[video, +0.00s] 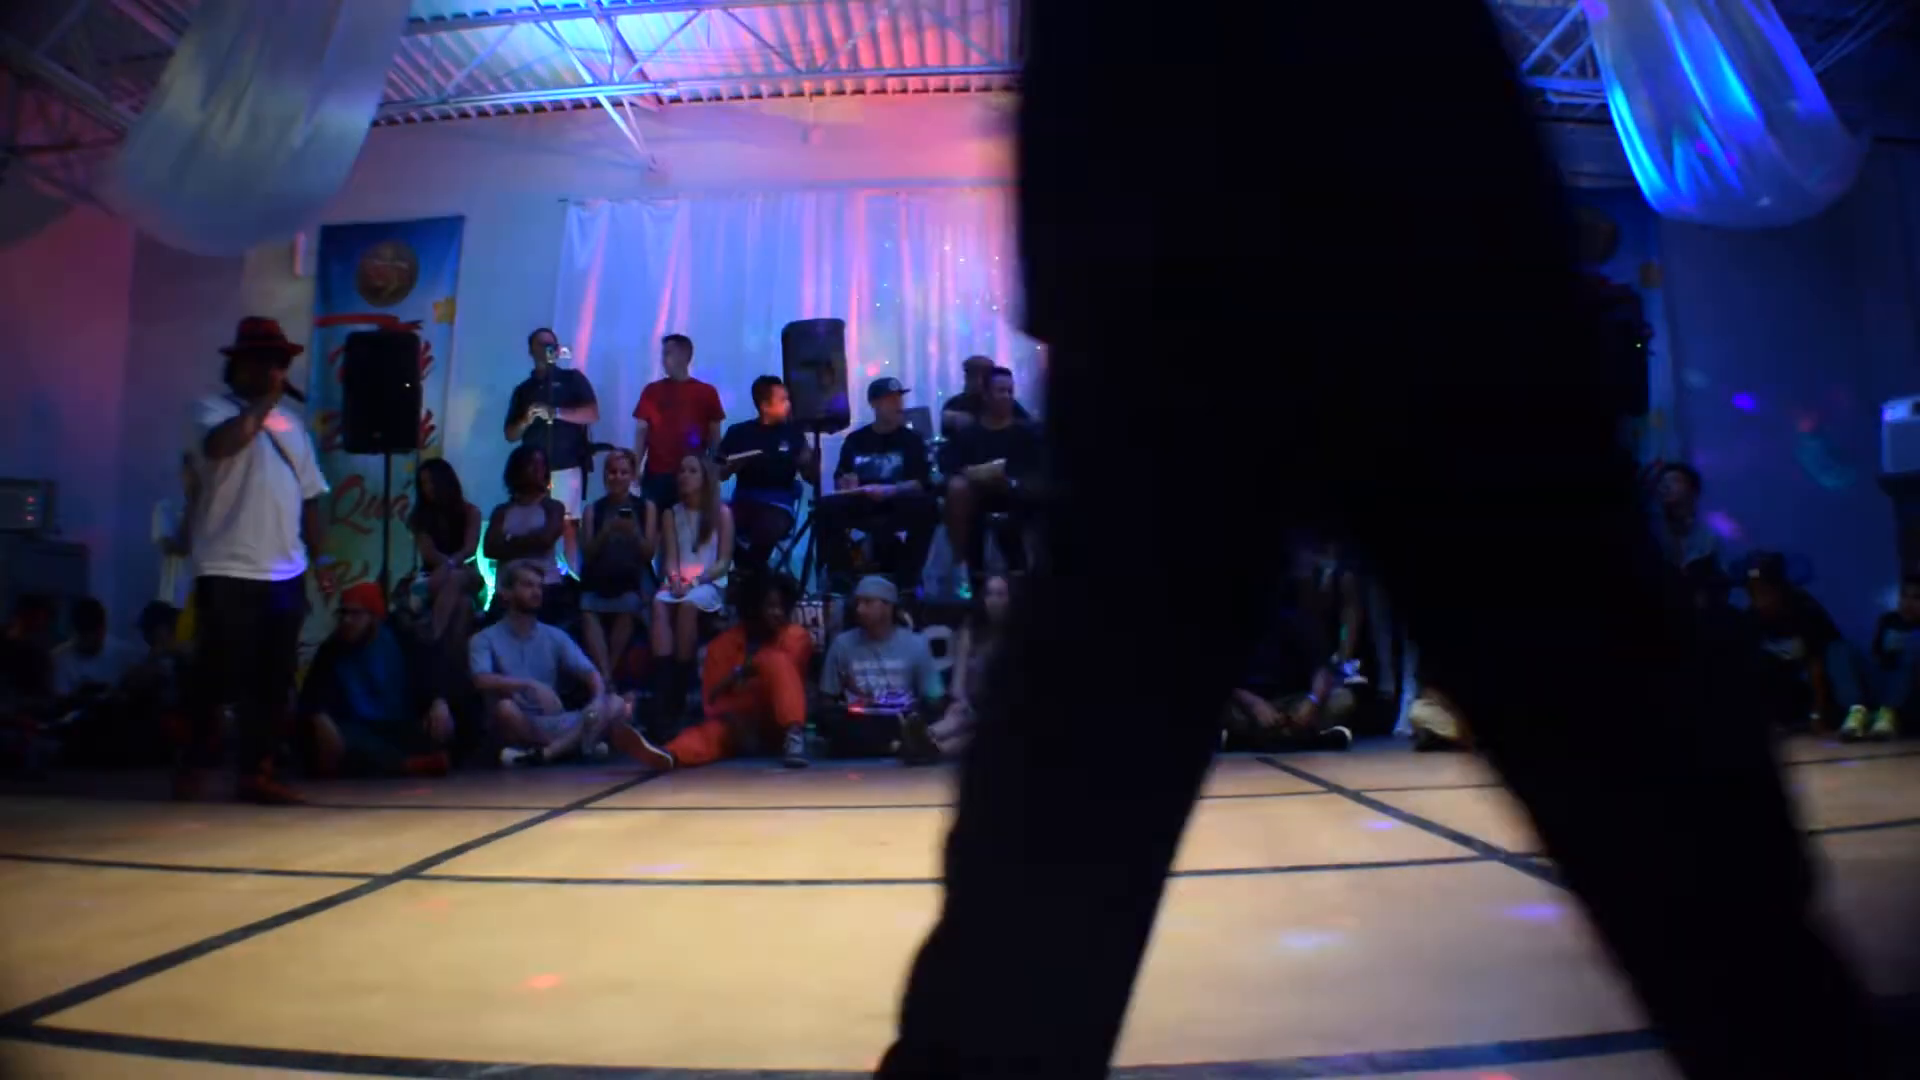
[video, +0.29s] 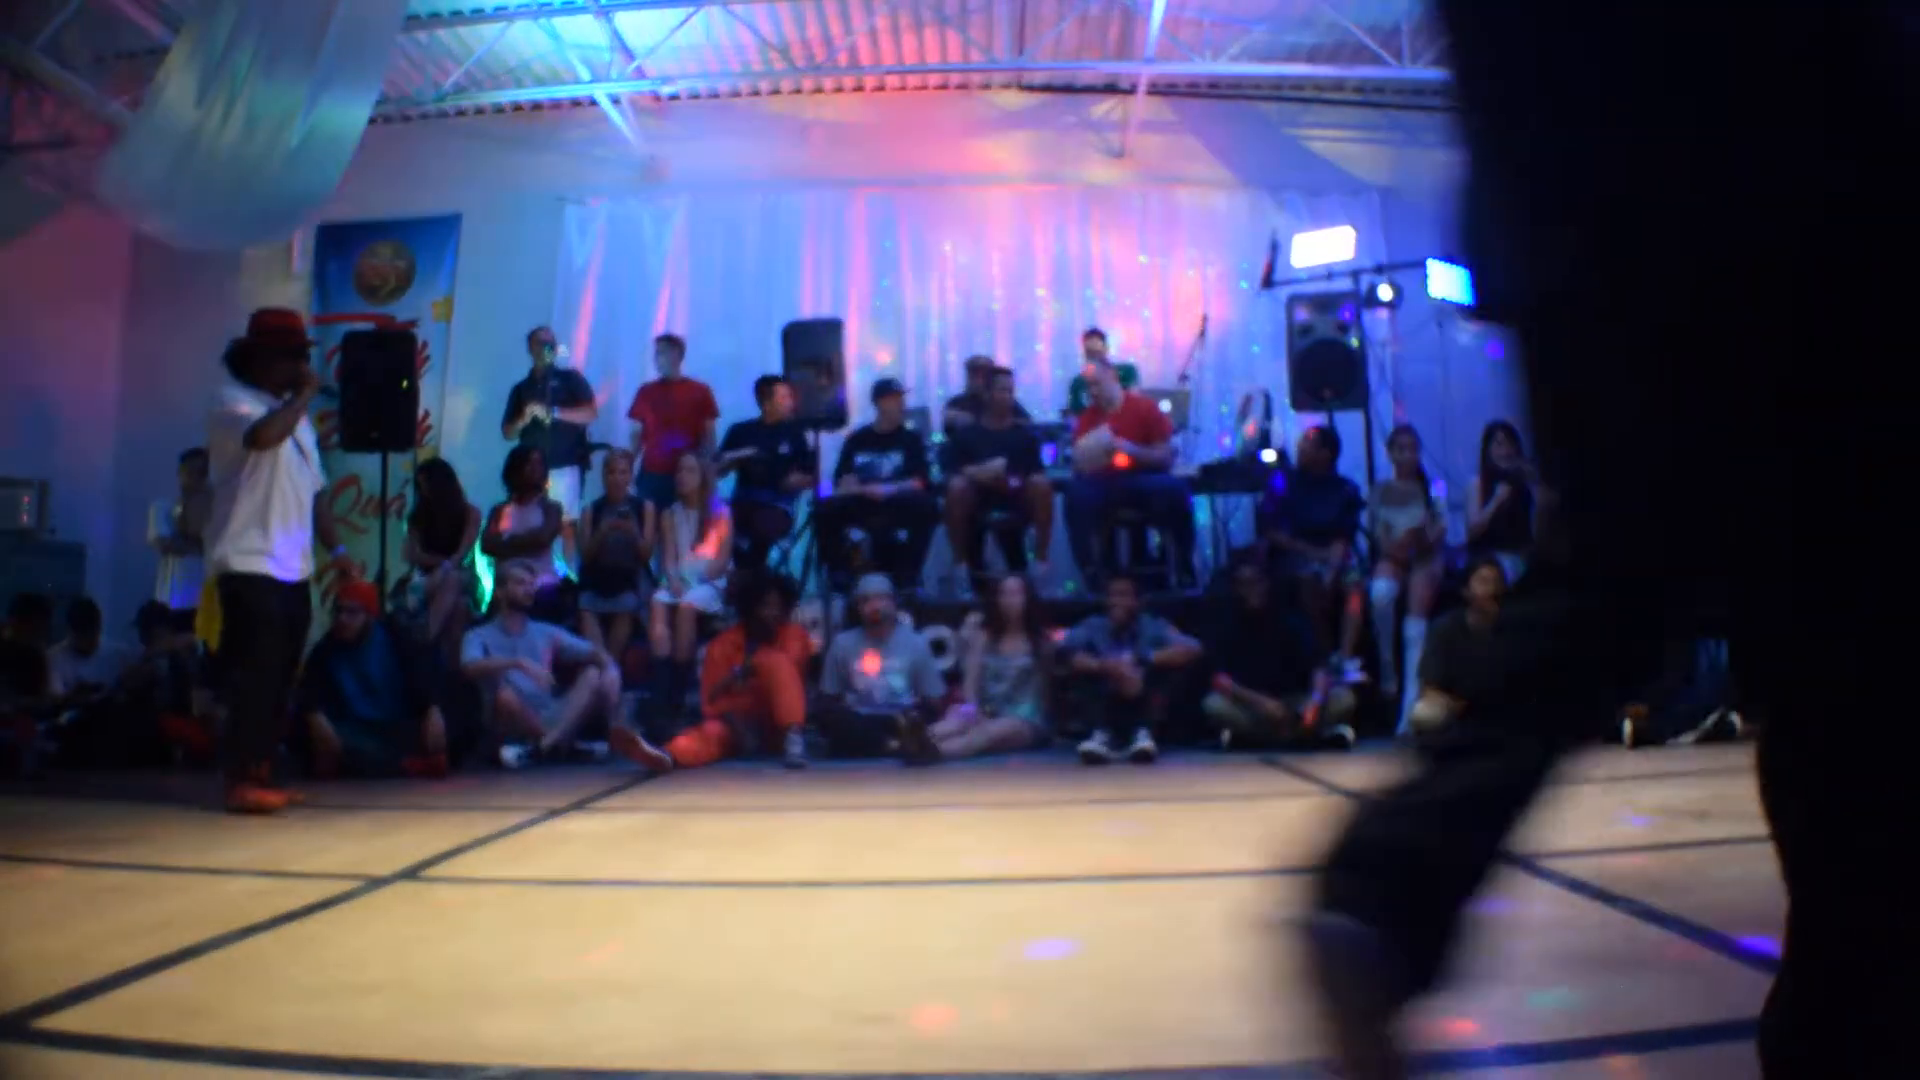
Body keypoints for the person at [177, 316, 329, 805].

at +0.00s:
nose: (274, 375)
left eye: (279, 367)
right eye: (265, 366)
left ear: (284, 372)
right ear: (239, 369)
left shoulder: (290, 425)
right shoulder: (214, 409)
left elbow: (311, 498)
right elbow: (218, 447)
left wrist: (318, 563)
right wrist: (263, 405)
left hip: (282, 575)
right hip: (226, 572)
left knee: (273, 680)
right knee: (215, 677)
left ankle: (260, 773)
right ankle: (194, 769)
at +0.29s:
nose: (299, 367)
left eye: (301, 358)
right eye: (289, 358)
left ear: (298, 366)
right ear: (259, 360)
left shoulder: (301, 423)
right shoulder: (232, 406)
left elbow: (313, 499)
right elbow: (261, 437)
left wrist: (338, 550)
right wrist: (303, 396)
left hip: (291, 569)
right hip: (246, 565)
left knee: (279, 675)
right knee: (256, 671)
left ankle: (261, 772)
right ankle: (244, 778)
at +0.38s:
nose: (305, 366)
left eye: (307, 356)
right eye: (296, 355)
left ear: (302, 364)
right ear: (266, 357)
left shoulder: (296, 415)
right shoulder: (241, 404)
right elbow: (278, 437)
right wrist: (314, 394)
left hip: (292, 570)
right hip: (252, 567)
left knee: (282, 676)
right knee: (260, 675)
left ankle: (270, 769)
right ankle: (255, 774)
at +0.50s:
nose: (316, 365)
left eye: (317, 357)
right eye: (309, 355)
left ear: (289, 358)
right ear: (281, 354)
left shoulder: (285, 404)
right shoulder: (254, 398)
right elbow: (306, 436)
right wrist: (333, 393)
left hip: (291, 563)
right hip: (266, 563)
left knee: (282, 673)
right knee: (271, 673)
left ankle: (271, 770)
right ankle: (260, 775)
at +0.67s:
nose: (333, 359)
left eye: (332, 350)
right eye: (325, 350)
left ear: (290, 351)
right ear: (301, 351)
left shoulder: (274, 392)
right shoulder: (285, 395)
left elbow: (344, 434)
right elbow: (348, 437)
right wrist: (354, 392)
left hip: (282, 556)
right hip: (286, 558)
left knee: (285, 672)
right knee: (287, 673)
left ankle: (276, 774)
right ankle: (270, 778)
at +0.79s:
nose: (345, 360)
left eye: (344, 351)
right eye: (339, 351)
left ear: (298, 351)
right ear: (318, 352)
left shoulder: (279, 394)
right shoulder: (308, 397)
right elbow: (370, 442)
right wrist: (363, 397)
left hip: (271, 551)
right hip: (294, 556)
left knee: (282, 670)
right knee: (293, 671)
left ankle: (273, 775)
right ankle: (278, 778)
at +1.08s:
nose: (345, 360)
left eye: (344, 351)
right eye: (341, 350)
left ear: (287, 347)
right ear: (326, 351)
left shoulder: (243, 402)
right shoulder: (329, 396)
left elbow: (222, 475)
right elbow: (377, 444)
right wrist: (351, 398)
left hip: (246, 556)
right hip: (297, 560)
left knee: (261, 668)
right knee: (295, 671)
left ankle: (268, 776)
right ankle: (277, 780)